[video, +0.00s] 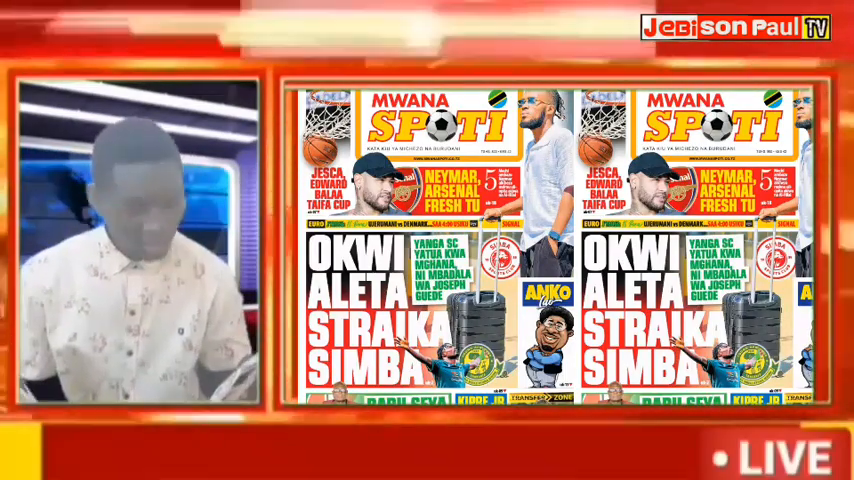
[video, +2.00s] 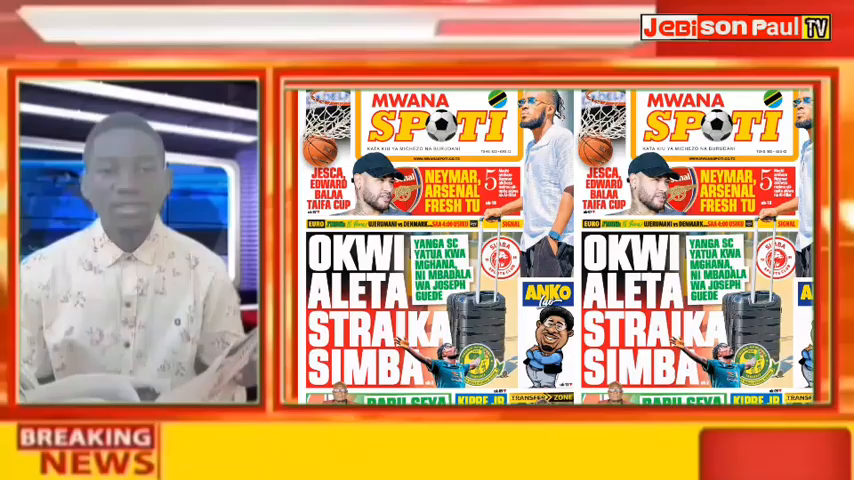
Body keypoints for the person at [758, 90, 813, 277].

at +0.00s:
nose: (799, 107)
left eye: (806, 101)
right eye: (797, 103)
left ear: (820, 107)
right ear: (794, 110)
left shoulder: (827, 147)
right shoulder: (806, 149)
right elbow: (804, 196)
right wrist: (777, 211)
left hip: (820, 240)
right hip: (803, 239)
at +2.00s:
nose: (799, 107)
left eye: (807, 101)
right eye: (797, 102)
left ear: (820, 107)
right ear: (794, 109)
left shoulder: (827, 148)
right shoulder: (806, 149)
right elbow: (805, 197)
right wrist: (777, 211)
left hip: (821, 240)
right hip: (804, 239)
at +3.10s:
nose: (799, 108)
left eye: (806, 102)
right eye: (797, 103)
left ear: (820, 108)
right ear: (794, 110)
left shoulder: (826, 148)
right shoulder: (806, 149)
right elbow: (804, 196)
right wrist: (776, 211)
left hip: (819, 239)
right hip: (803, 239)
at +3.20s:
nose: (799, 107)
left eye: (806, 101)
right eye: (797, 103)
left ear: (820, 107)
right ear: (794, 110)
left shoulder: (826, 148)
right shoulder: (806, 149)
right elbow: (805, 196)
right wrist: (776, 211)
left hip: (820, 239)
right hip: (804, 239)